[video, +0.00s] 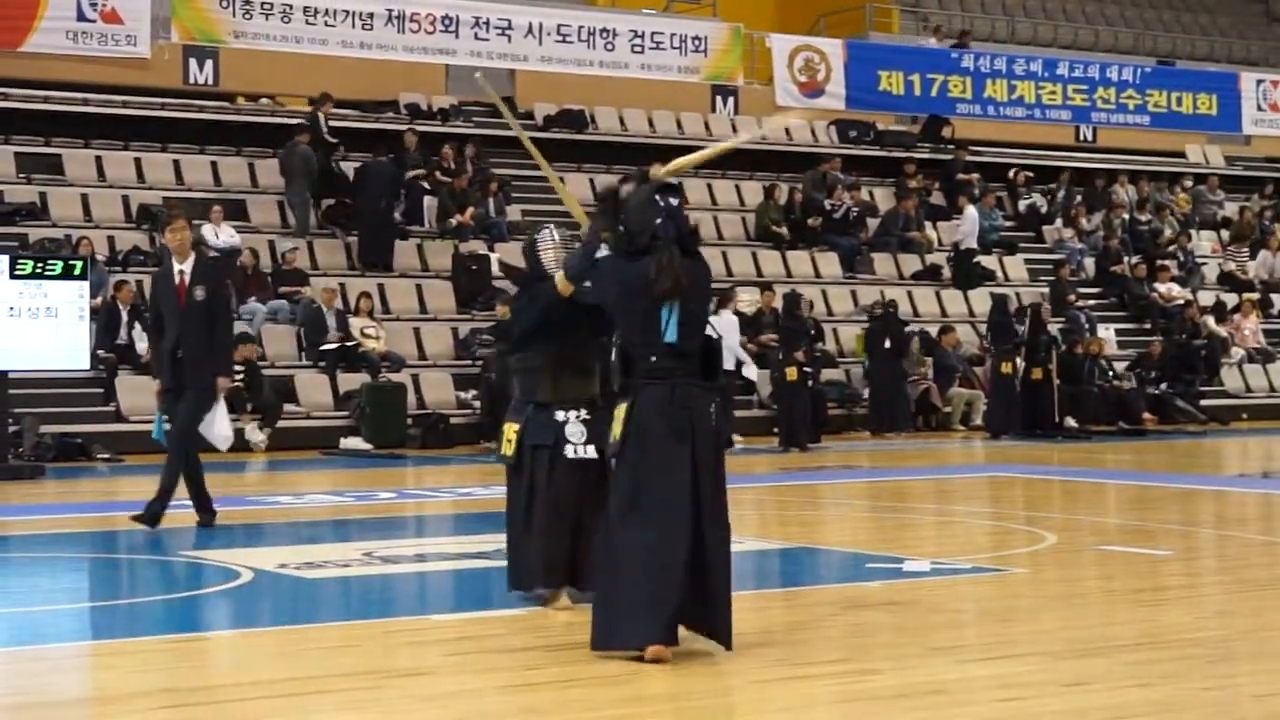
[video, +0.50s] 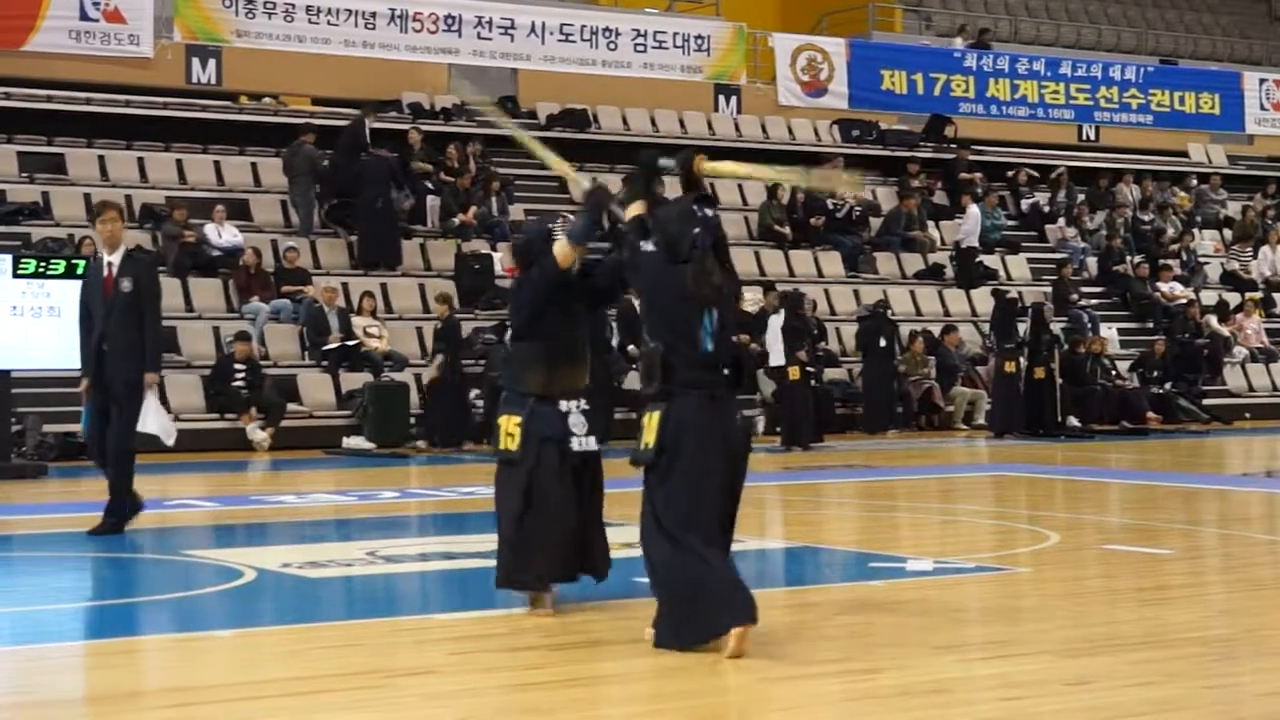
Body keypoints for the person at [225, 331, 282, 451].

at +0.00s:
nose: (255, 350)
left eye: (254, 347)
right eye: (251, 347)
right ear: (241, 347)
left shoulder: (252, 366)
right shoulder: (225, 364)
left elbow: (257, 389)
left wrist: (251, 402)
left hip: (247, 399)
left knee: (275, 404)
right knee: (236, 392)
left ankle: (262, 435)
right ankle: (249, 427)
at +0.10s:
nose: (253, 350)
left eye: (253, 347)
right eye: (251, 346)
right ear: (240, 347)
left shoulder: (253, 366)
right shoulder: (223, 362)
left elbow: (256, 388)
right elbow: (219, 385)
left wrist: (252, 403)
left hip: (247, 399)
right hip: (224, 399)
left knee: (276, 404)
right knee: (236, 391)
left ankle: (262, 438)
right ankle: (249, 428)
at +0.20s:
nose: (254, 350)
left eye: (253, 346)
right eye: (251, 346)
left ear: (244, 347)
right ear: (241, 347)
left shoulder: (253, 365)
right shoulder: (222, 363)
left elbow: (256, 388)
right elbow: (217, 388)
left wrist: (252, 405)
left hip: (247, 399)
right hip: (224, 401)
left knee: (277, 404)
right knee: (236, 393)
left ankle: (263, 437)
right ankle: (251, 428)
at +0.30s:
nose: (250, 349)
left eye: (251, 346)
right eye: (246, 346)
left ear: (252, 347)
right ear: (236, 346)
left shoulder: (253, 365)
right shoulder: (223, 362)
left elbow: (257, 388)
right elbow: (213, 385)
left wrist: (253, 405)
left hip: (247, 398)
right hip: (224, 399)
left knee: (277, 404)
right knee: (235, 396)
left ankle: (263, 437)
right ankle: (251, 429)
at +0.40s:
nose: (246, 349)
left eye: (248, 345)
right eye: (242, 345)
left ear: (251, 347)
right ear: (235, 346)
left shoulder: (253, 365)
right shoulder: (223, 362)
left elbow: (257, 388)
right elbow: (214, 385)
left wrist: (253, 405)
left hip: (247, 398)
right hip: (225, 399)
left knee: (278, 404)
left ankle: (264, 437)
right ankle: (251, 428)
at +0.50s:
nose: (242, 349)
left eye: (245, 345)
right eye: (240, 345)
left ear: (250, 347)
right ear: (234, 346)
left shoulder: (254, 364)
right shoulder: (223, 362)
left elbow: (257, 387)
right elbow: (214, 385)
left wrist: (254, 407)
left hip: (249, 398)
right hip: (225, 399)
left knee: (278, 404)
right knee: (235, 394)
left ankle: (265, 437)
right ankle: (251, 429)